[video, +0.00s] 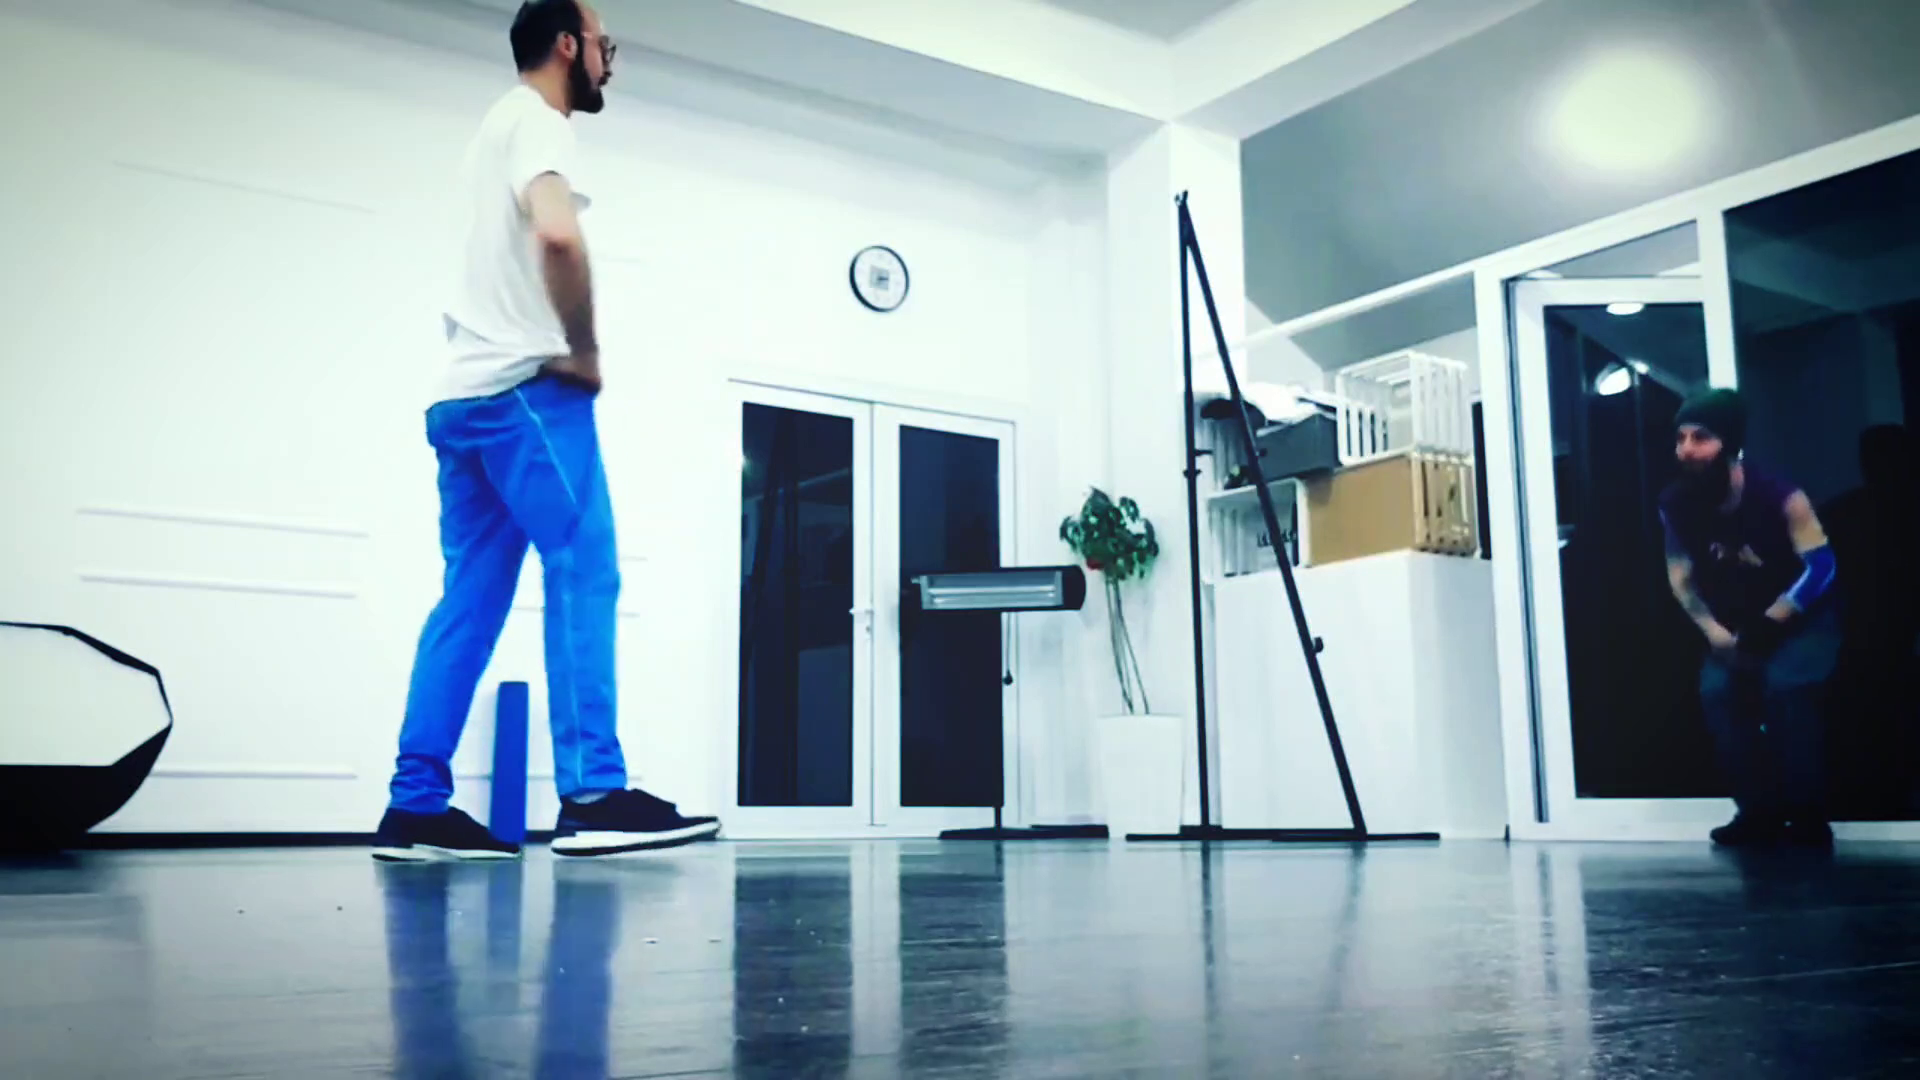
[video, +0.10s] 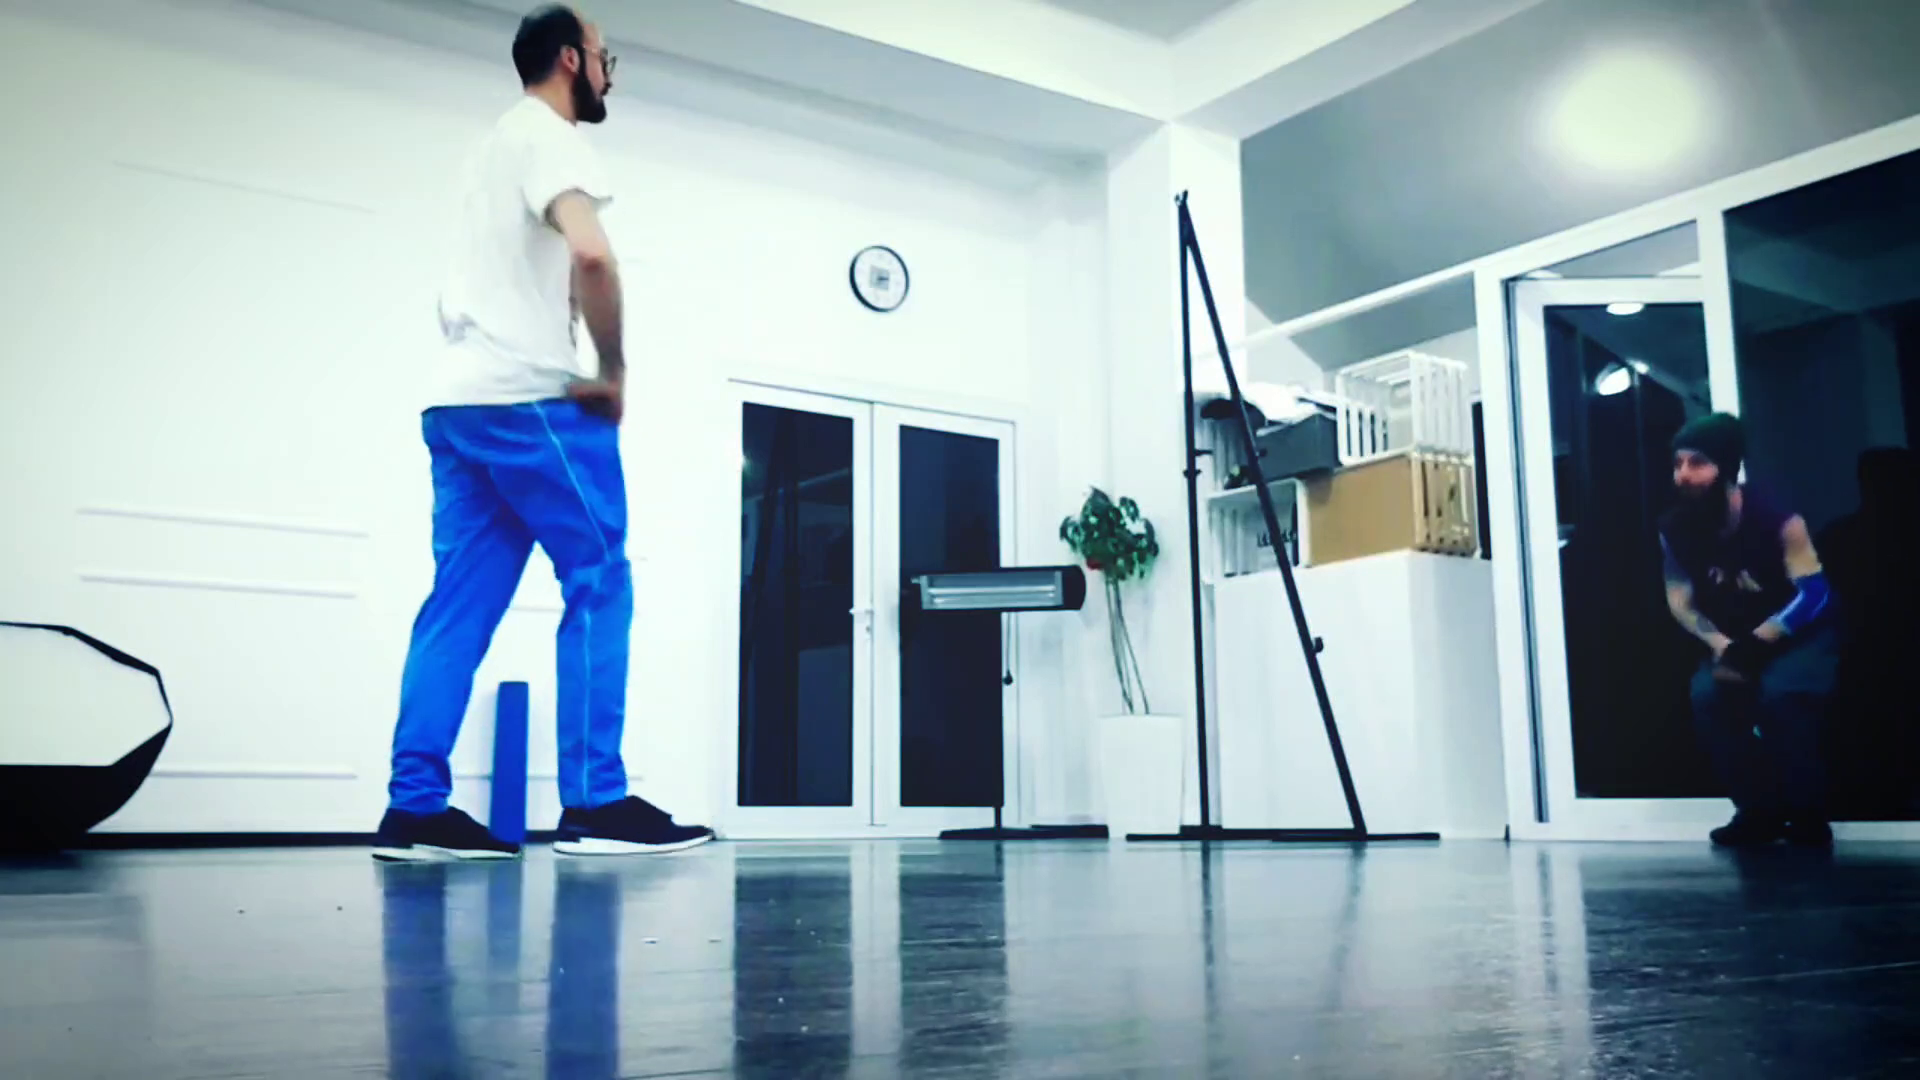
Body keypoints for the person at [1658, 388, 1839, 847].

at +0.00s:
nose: (1686, 450)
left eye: (1700, 438)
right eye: (1681, 438)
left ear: (1729, 444)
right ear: (1674, 442)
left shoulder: (1778, 494)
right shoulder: (1677, 505)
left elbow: (1821, 566)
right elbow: (1681, 583)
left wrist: (1773, 619)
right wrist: (1715, 632)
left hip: (1797, 618)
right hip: (1734, 624)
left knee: (1786, 685)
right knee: (1716, 689)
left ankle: (1806, 816)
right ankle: (1755, 810)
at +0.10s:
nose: (1683, 476)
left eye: (1696, 464)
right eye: (1678, 465)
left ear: (1726, 468)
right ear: (1673, 468)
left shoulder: (1775, 516)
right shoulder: (1676, 531)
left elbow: (1814, 593)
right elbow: (1680, 604)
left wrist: (1758, 640)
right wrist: (1719, 643)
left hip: (1795, 635)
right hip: (1734, 643)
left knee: (1783, 693)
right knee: (1708, 692)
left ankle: (1806, 817)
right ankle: (1756, 811)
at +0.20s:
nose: (1682, 499)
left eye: (1696, 488)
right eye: (1678, 488)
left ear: (1725, 492)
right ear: (1672, 492)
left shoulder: (1776, 541)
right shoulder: (1678, 554)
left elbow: (1802, 621)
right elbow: (1687, 627)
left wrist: (1729, 660)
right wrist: (1723, 656)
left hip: (1792, 654)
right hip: (1737, 660)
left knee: (1768, 696)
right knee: (1702, 693)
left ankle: (1805, 818)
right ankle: (1753, 813)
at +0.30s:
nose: (1684, 523)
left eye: (1698, 511)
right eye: (1680, 511)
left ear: (1729, 516)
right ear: (1674, 514)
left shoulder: (1777, 562)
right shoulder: (1680, 574)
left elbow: (1793, 645)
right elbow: (1691, 659)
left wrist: (1707, 676)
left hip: (1798, 671)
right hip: (1737, 679)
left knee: (1766, 701)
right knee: (1702, 707)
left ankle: (1805, 819)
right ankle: (1756, 814)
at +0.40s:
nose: (1687, 542)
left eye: (1701, 531)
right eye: (1683, 531)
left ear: (1733, 535)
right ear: (1677, 532)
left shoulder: (1780, 582)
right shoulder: (1684, 589)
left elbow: (1786, 660)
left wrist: (1708, 679)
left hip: (1796, 688)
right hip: (1735, 693)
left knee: (1763, 706)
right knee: (1703, 710)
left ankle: (1805, 818)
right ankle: (1754, 814)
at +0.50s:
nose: (1691, 556)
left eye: (1705, 546)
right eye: (1688, 545)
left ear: (1735, 548)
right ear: (1684, 546)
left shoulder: (1782, 593)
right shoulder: (1688, 599)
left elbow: (1782, 667)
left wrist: (1705, 682)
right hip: (1735, 706)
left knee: (1764, 708)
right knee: (1701, 710)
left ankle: (1803, 820)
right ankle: (1753, 815)